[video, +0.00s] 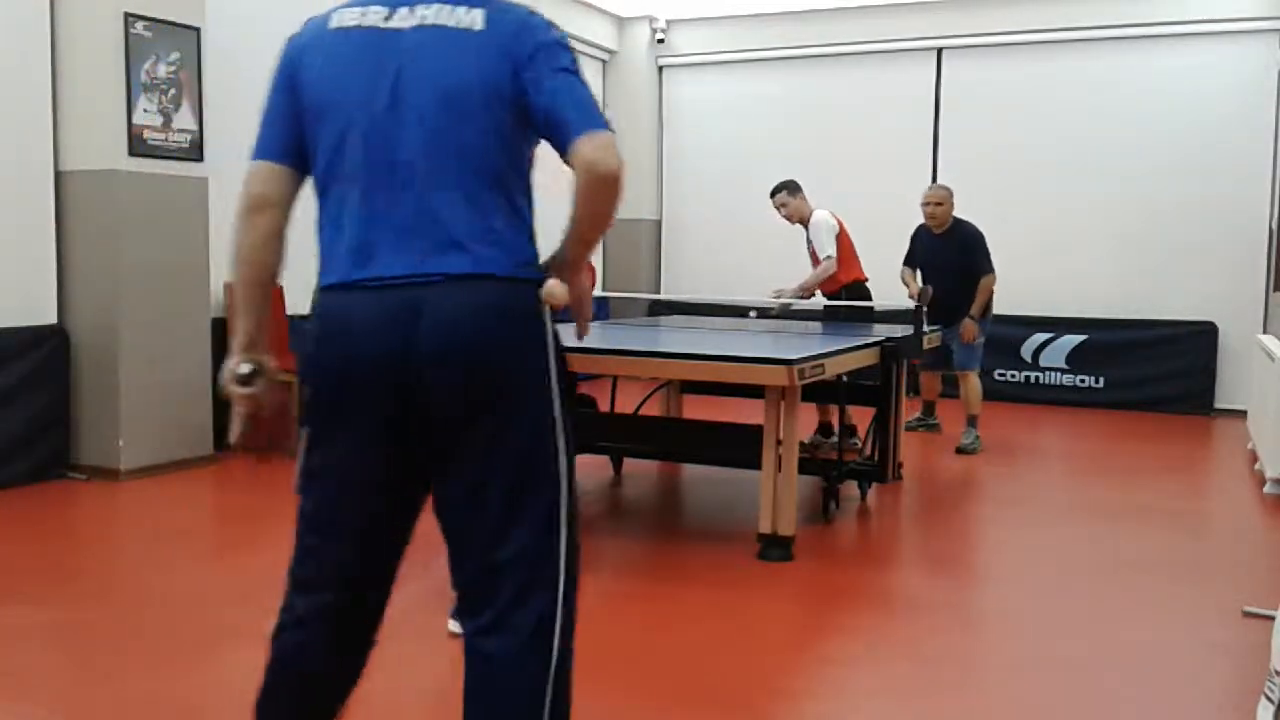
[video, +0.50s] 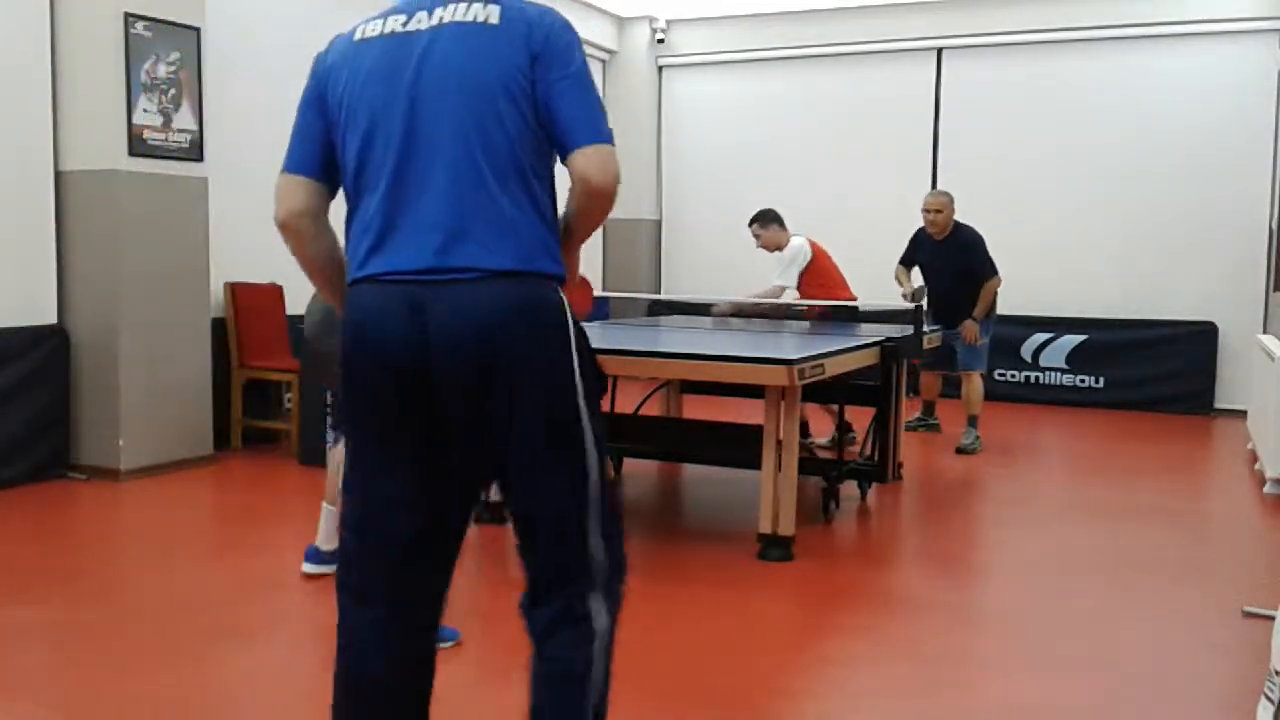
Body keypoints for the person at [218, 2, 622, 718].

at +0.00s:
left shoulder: (313, 42)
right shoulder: (516, 28)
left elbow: (262, 199)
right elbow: (600, 164)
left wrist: (246, 349)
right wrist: (570, 262)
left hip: (354, 332)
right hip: (491, 330)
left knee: (331, 592)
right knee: (515, 597)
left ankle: (287, 709)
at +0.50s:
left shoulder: (342, 53)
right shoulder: (536, 26)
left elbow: (296, 212)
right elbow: (598, 177)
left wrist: (357, 303)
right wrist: (564, 247)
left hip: (383, 328)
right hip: (515, 322)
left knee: (385, 589)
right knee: (571, 579)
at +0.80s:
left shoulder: (398, 69)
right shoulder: (588, 38)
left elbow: (361, 234)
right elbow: (651, 173)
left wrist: (435, 291)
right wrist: (611, 247)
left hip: (444, 335)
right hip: (572, 332)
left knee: (420, 595)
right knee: (633, 581)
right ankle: (686, 707)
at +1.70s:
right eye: (621, 11)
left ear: (532, 2)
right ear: (607, 3)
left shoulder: (456, 64)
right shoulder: (658, 56)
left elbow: (417, 221)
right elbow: (714, 199)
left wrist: (487, 270)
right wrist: (657, 252)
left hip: (489, 331)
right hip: (617, 331)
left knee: (456, 579)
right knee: (663, 572)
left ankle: (423, 715)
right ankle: (695, 712)